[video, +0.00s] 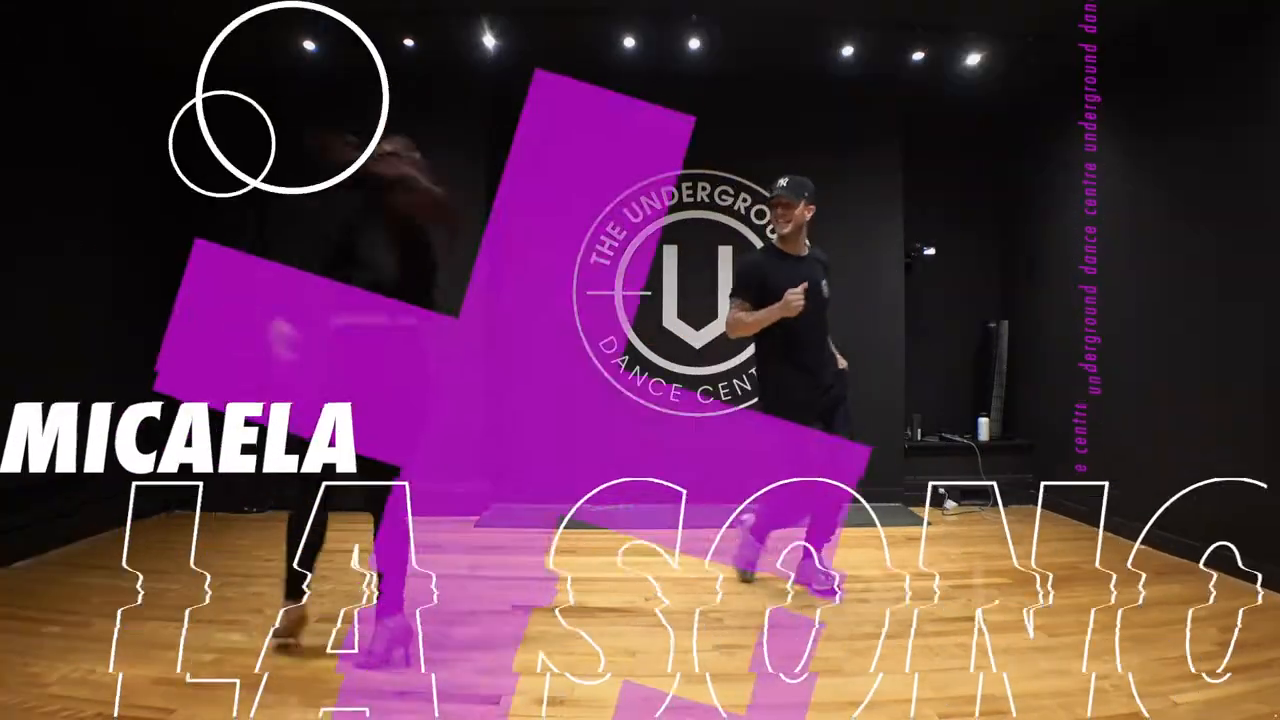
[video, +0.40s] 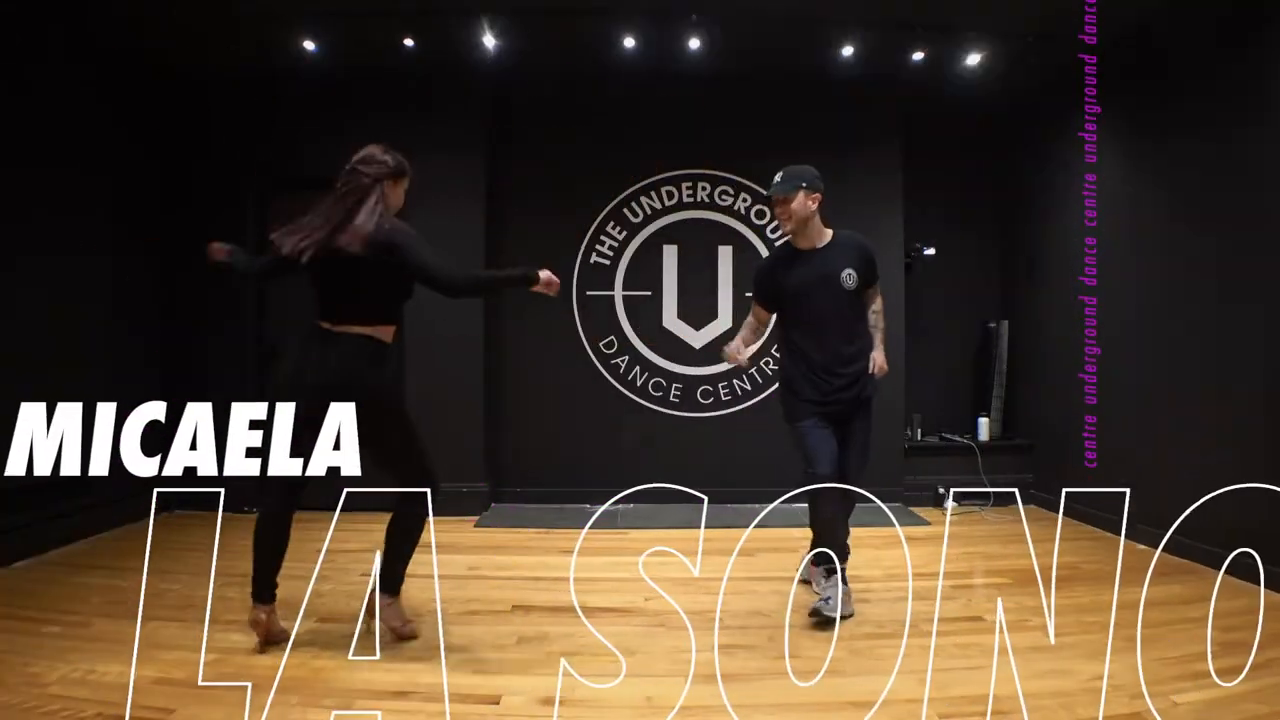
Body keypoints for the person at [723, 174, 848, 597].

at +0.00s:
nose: (779, 214)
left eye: (787, 207)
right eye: (774, 207)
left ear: (808, 211)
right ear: (769, 212)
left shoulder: (818, 262)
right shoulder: (755, 264)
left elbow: (813, 322)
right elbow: (733, 326)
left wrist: (834, 354)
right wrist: (779, 309)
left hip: (825, 382)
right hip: (780, 385)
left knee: (831, 474)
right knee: (785, 474)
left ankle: (813, 562)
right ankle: (754, 541)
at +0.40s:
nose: (777, 213)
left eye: (785, 202)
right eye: (774, 205)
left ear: (813, 200)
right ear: (777, 209)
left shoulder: (856, 252)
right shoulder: (773, 268)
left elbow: (873, 301)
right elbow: (756, 318)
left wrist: (877, 347)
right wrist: (741, 343)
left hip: (854, 387)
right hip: (803, 392)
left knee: (849, 482)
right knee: (824, 475)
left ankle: (821, 562)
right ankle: (835, 582)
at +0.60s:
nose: (775, 217)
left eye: (782, 207)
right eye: (772, 209)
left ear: (811, 202)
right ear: (777, 212)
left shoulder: (860, 252)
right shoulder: (775, 272)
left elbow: (882, 305)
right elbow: (773, 333)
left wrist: (888, 350)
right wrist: (738, 352)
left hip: (865, 392)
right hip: (813, 398)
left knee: (868, 490)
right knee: (827, 490)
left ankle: (827, 554)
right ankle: (837, 591)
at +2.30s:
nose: (754, 153)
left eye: (760, 141)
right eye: (755, 142)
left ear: (791, 137)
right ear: (795, 140)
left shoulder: (820, 187)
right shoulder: (812, 197)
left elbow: (865, 249)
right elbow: (847, 283)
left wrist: (816, 334)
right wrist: (793, 291)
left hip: (835, 384)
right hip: (821, 381)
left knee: (820, 496)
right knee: (789, 481)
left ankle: (850, 641)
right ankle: (828, 591)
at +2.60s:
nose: (763, 166)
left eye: (770, 153)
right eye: (762, 155)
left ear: (804, 148)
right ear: (797, 153)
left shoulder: (867, 205)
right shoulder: (802, 230)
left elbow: (926, 280)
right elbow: (808, 319)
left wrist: (872, 341)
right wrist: (756, 351)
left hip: (852, 385)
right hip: (804, 386)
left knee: (821, 498)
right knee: (778, 497)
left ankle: (851, 640)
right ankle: (823, 610)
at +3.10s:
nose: (755, 185)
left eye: (758, 171)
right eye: (751, 175)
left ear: (789, 155)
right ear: (785, 161)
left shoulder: (848, 212)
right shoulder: (810, 222)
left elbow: (903, 284)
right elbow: (826, 305)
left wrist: (828, 325)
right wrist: (772, 319)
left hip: (829, 394)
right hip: (800, 389)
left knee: (797, 508)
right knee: (788, 508)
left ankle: (851, 633)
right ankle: (825, 618)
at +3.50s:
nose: (774, 167)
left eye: (783, 156)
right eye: (774, 158)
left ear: (818, 157)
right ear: (813, 160)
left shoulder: (862, 214)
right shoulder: (833, 226)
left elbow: (928, 276)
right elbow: (845, 298)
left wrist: (859, 340)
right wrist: (795, 279)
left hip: (865, 400)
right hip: (847, 397)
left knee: (818, 515)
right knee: (841, 509)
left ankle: (853, 638)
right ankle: (932, 586)